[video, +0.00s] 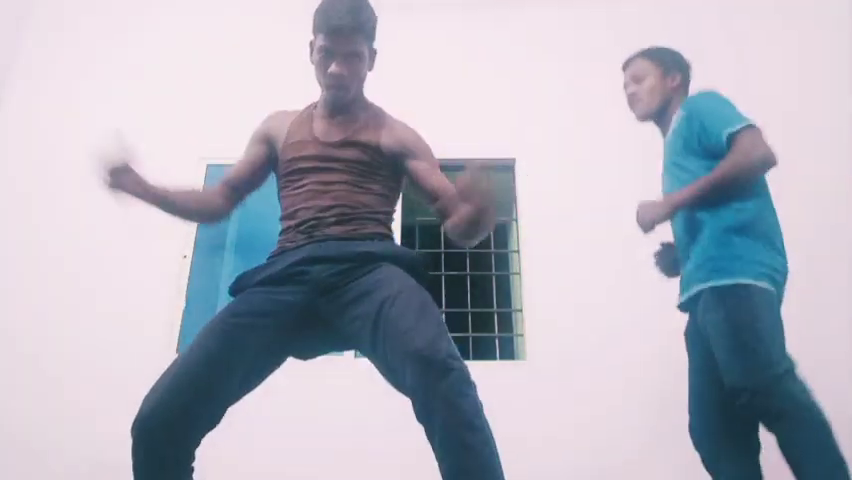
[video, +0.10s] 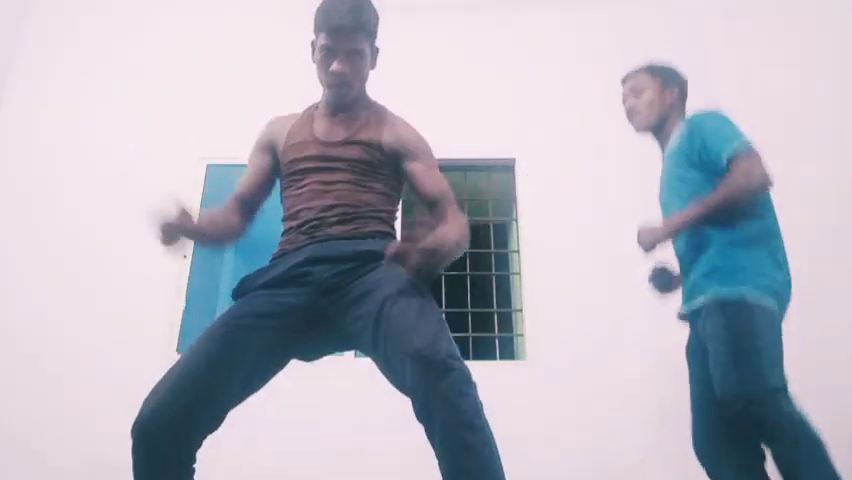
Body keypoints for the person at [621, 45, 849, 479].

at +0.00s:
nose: (629, 91)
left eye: (638, 80)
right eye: (625, 85)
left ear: (673, 79)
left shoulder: (701, 106)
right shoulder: (677, 145)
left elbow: (757, 152)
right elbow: (727, 214)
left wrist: (670, 203)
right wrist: (683, 251)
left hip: (737, 276)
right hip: (704, 293)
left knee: (769, 390)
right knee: (715, 428)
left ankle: (830, 474)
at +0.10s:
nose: (628, 104)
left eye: (637, 93)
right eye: (624, 98)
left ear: (672, 93)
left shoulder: (703, 125)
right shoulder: (674, 163)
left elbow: (753, 173)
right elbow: (719, 235)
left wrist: (670, 226)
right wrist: (679, 274)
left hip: (740, 290)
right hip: (706, 305)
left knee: (759, 405)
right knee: (717, 439)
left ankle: (822, 475)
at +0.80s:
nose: (604, 120)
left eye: (613, 111)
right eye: (603, 113)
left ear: (645, 115)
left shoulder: (678, 150)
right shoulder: (633, 182)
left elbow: (714, 198)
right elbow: (667, 255)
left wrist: (624, 213)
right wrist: (626, 278)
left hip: (693, 324)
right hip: (648, 335)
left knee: (725, 437)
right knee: (655, 453)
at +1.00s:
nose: (558, 117)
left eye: (567, 107)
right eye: (558, 110)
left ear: (597, 111)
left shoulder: (621, 144)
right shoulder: (594, 173)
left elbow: (657, 194)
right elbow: (627, 249)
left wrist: (579, 222)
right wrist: (587, 276)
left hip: (640, 306)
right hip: (610, 318)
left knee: (679, 416)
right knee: (611, 443)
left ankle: (741, 475)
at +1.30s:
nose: (536, 131)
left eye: (542, 121)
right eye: (533, 125)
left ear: (574, 121)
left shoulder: (610, 156)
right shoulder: (568, 189)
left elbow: (660, 206)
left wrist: (579, 231)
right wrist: (560, 275)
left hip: (619, 316)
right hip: (574, 327)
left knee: (641, 420)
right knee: (577, 438)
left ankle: (678, 475)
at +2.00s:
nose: (584, 130)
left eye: (593, 120)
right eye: (585, 123)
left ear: (623, 123)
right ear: (614, 126)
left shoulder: (647, 160)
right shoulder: (619, 183)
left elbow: (673, 214)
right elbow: (644, 267)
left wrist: (595, 238)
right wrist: (602, 278)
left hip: (655, 309)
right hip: (632, 314)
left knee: (656, 423)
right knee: (645, 423)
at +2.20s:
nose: (588, 159)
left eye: (596, 149)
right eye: (587, 152)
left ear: (628, 153)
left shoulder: (664, 198)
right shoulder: (614, 236)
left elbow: (714, 255)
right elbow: (596, 301)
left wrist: (639, 279)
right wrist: (558, 259)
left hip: (679, 330)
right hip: (640, 343)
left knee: (636, 422)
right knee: (671, 440)